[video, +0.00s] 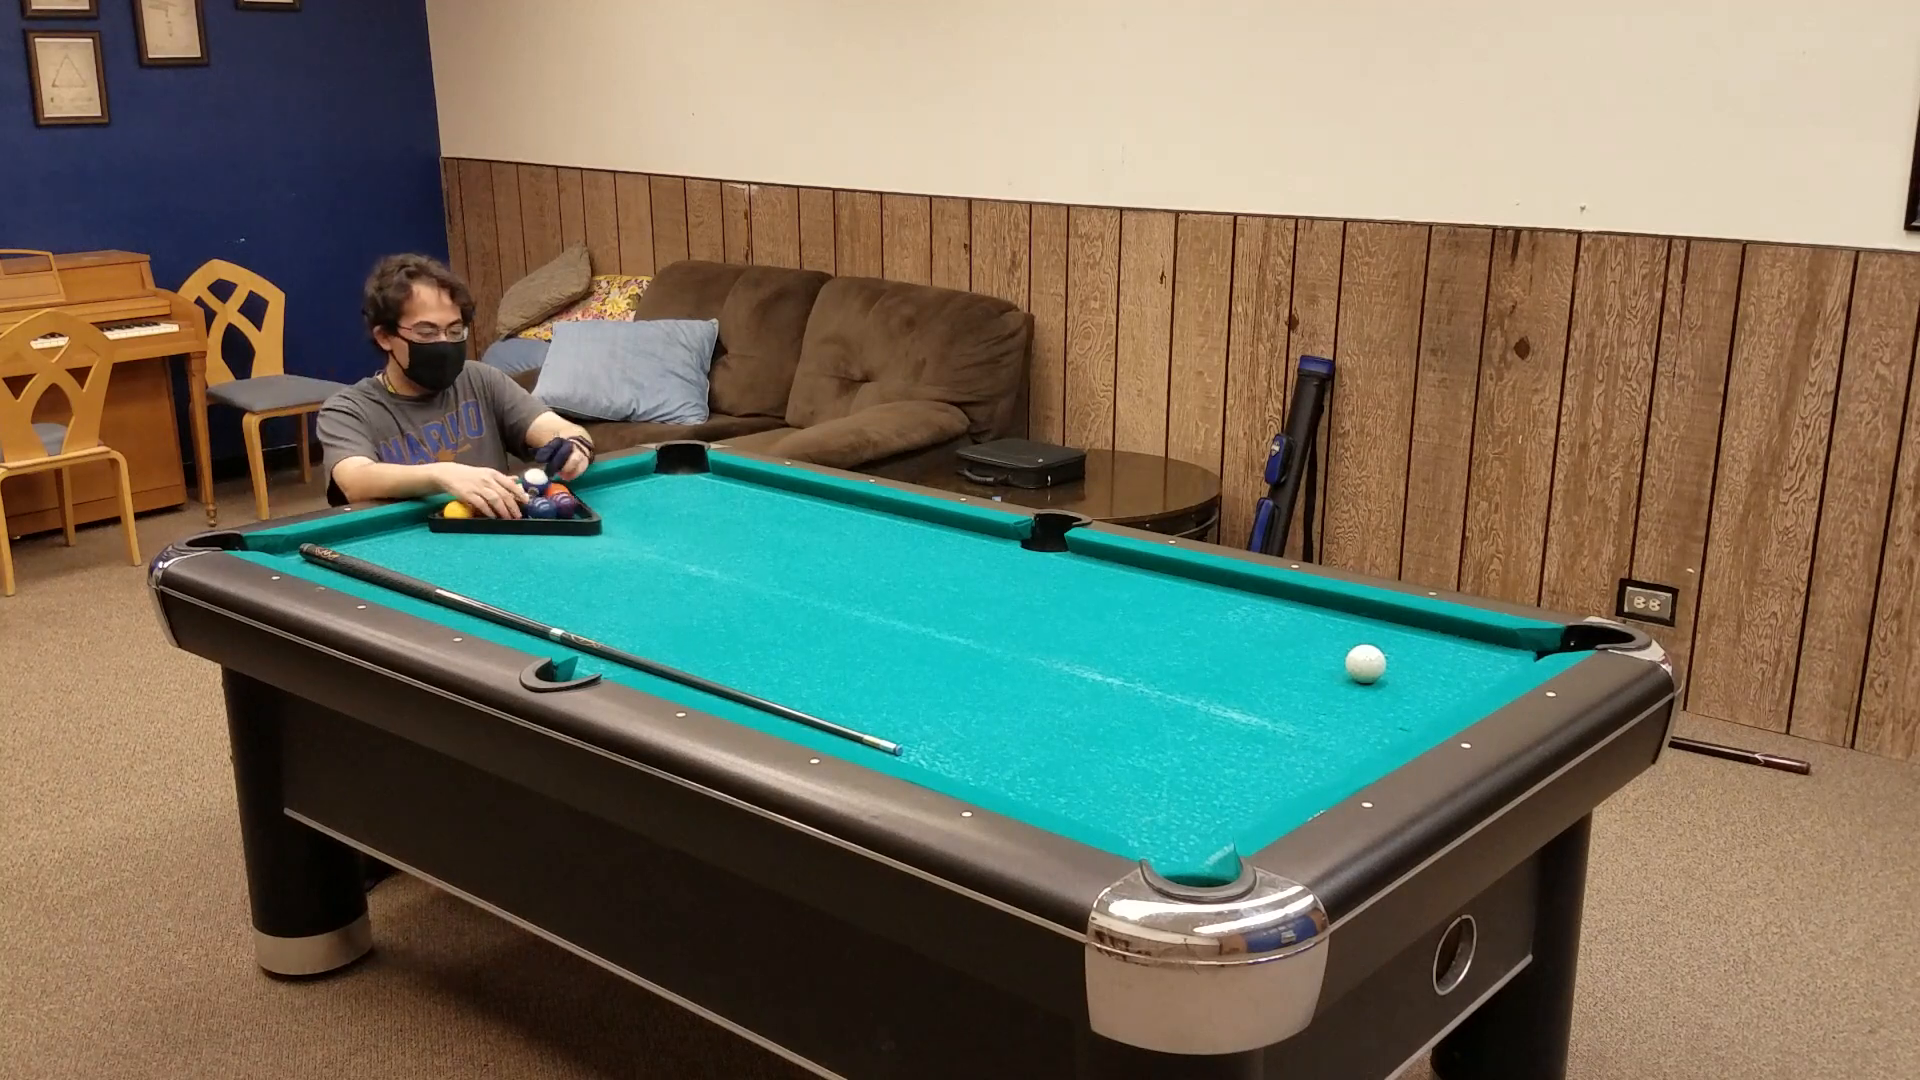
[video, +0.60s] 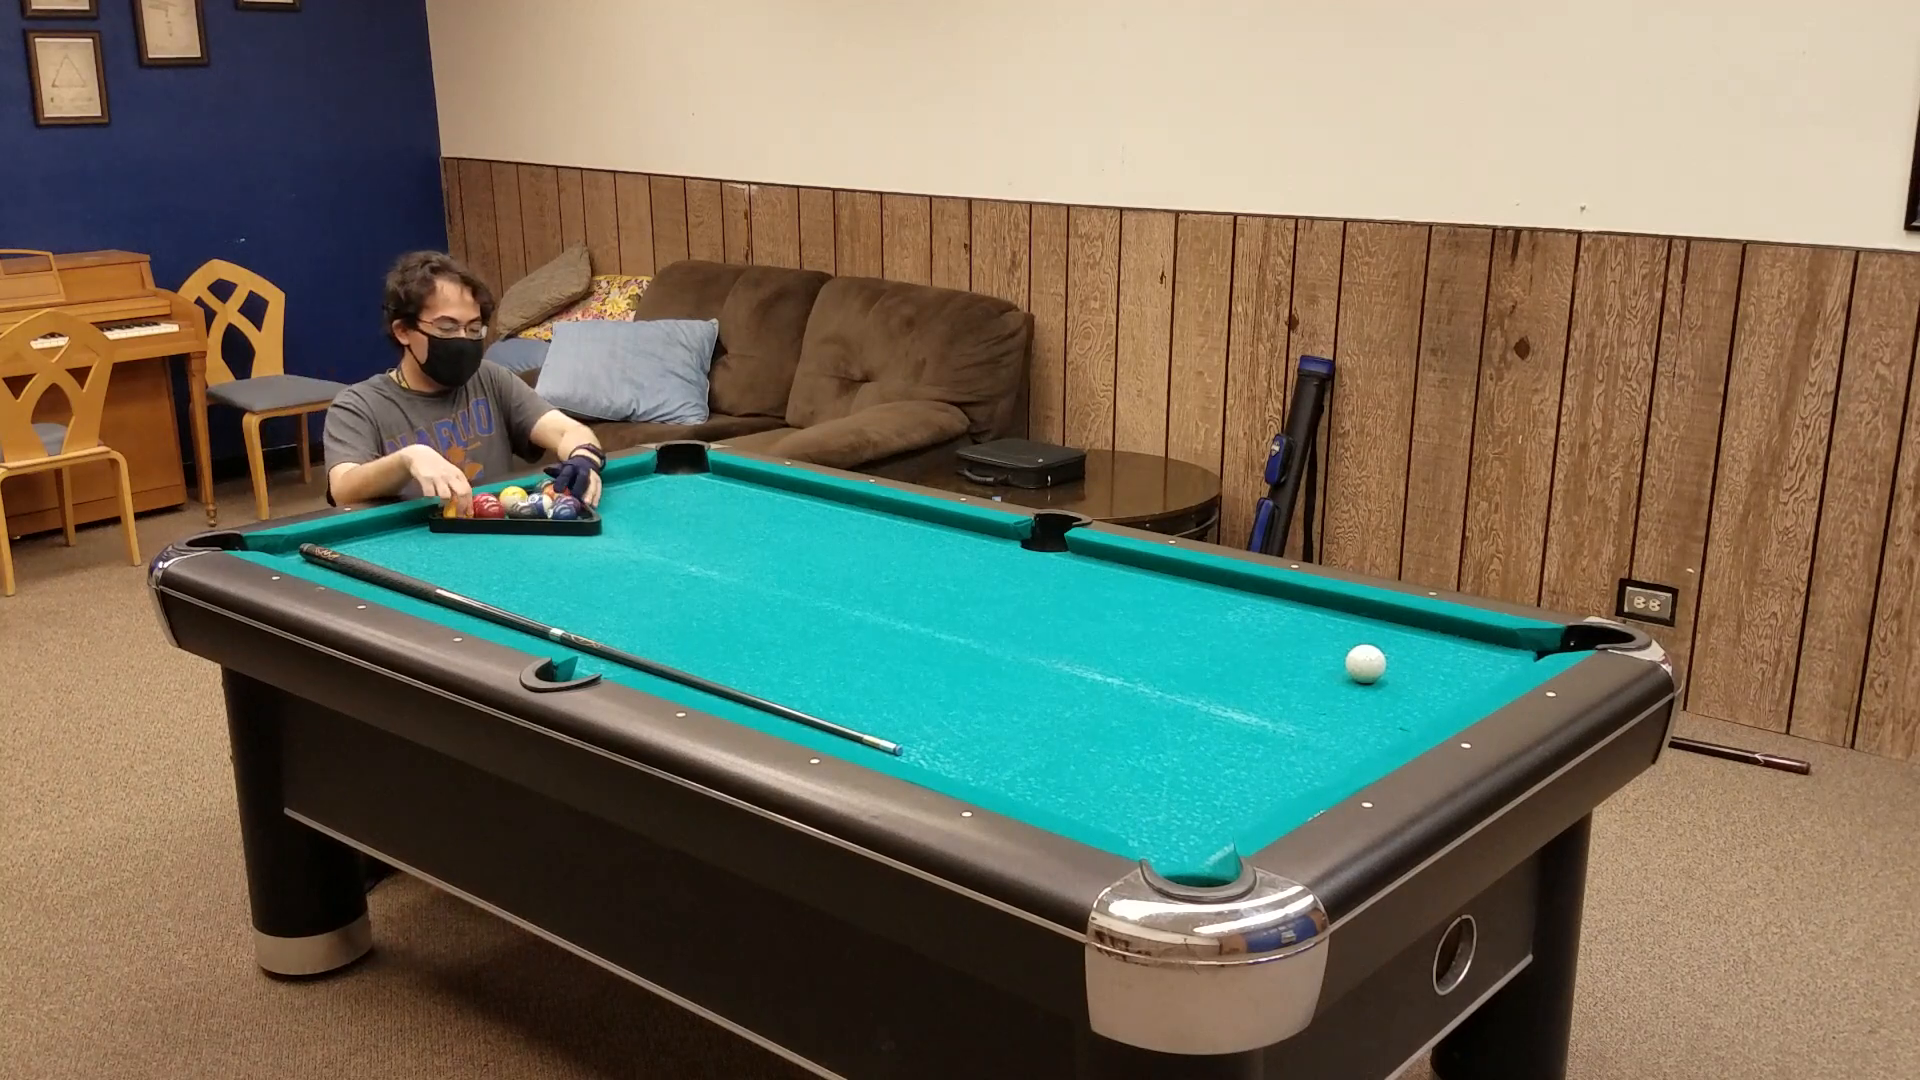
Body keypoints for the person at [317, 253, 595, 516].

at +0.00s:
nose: (445, 344)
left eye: (454, 329)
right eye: (427, 332)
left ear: (465, 326)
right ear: (385, 336)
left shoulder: (482, 381)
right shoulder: (350, 409)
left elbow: (549, 426)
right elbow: (356, 482)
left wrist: (574, 443)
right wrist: (443, 474)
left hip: (505, 552)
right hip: (411, 568)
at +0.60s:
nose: (465, 340)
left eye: (474, 326)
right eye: (447, 326)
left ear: (483, 326)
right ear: (403, 331)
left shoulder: (491, 381)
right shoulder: (360, 405)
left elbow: (564, 431)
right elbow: (344, 490)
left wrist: (584, 455)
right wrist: (409, 459)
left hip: (510, 550)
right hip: (416, 567)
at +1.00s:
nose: (472, 334)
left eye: (481, 322)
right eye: (455, 321)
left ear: (491, 323)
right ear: (411, 328)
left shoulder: (493, 381)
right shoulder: (372, 401)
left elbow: (569, 431)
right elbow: (410, 462)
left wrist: (582, 461)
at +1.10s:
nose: (475, 332)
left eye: (483, 320)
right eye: (457, 320)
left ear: (492, 323)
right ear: (413, 329)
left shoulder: (492, 380)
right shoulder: (375, 402)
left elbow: (567, 431)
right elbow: (414, 465)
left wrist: (585, 465)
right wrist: (511, 478)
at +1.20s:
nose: (475, 333)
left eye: (483, 321)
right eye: (457, 320)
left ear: (492, 323)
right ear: (413, 329)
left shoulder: (493, 381)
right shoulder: (374, 402)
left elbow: (567, 430)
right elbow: (408, 468)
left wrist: (585, 463)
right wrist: (503, 480)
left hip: (498, 553)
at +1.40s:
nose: (469, 332)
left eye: (477, 320)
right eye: (451, 320)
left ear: (487, 322)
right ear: (408, 330)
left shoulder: (490, 380)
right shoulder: (370, 404)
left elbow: (565, 430)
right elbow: (401, 469)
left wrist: (585, 458)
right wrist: (495, 482)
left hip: (498, 555)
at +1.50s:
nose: (468, 331)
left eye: (475, 319)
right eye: (450, 319)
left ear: (485, 320)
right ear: (406, 329)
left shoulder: (490, 380)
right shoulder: (370, 404)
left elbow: (566, 430)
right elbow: (400, 471)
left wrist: (584, 459)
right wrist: (495, 480)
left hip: (499, 554)